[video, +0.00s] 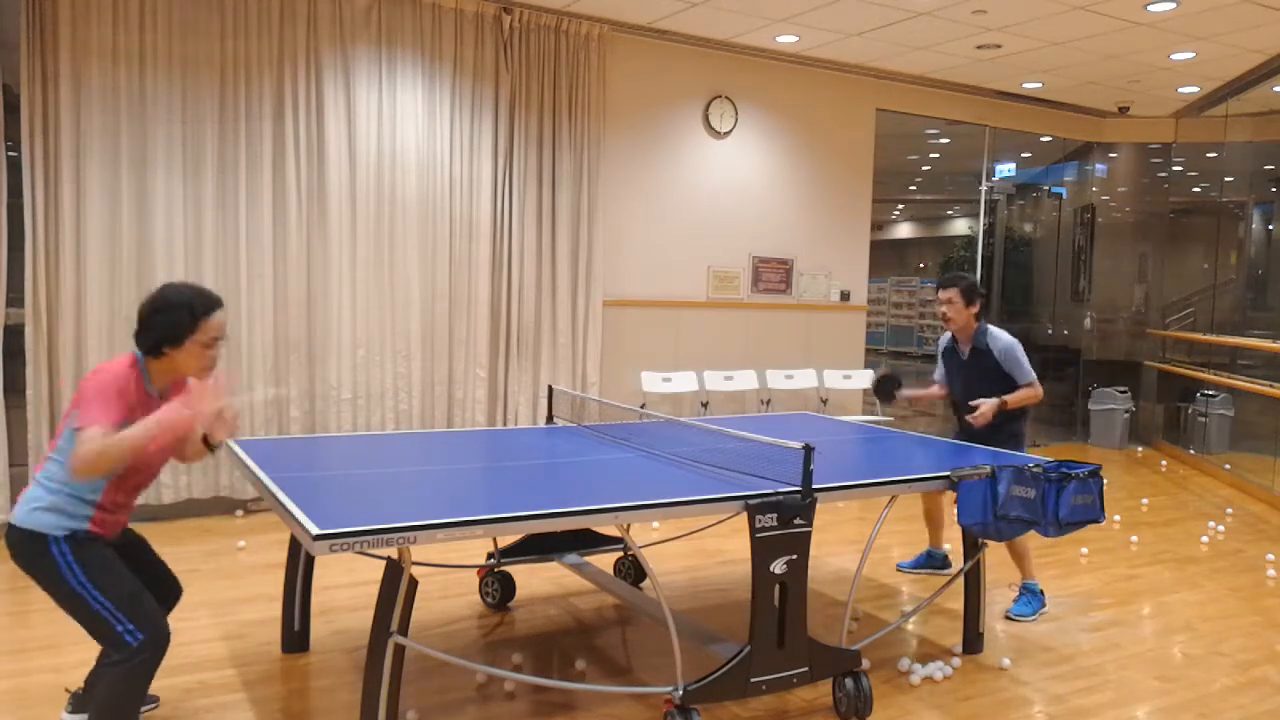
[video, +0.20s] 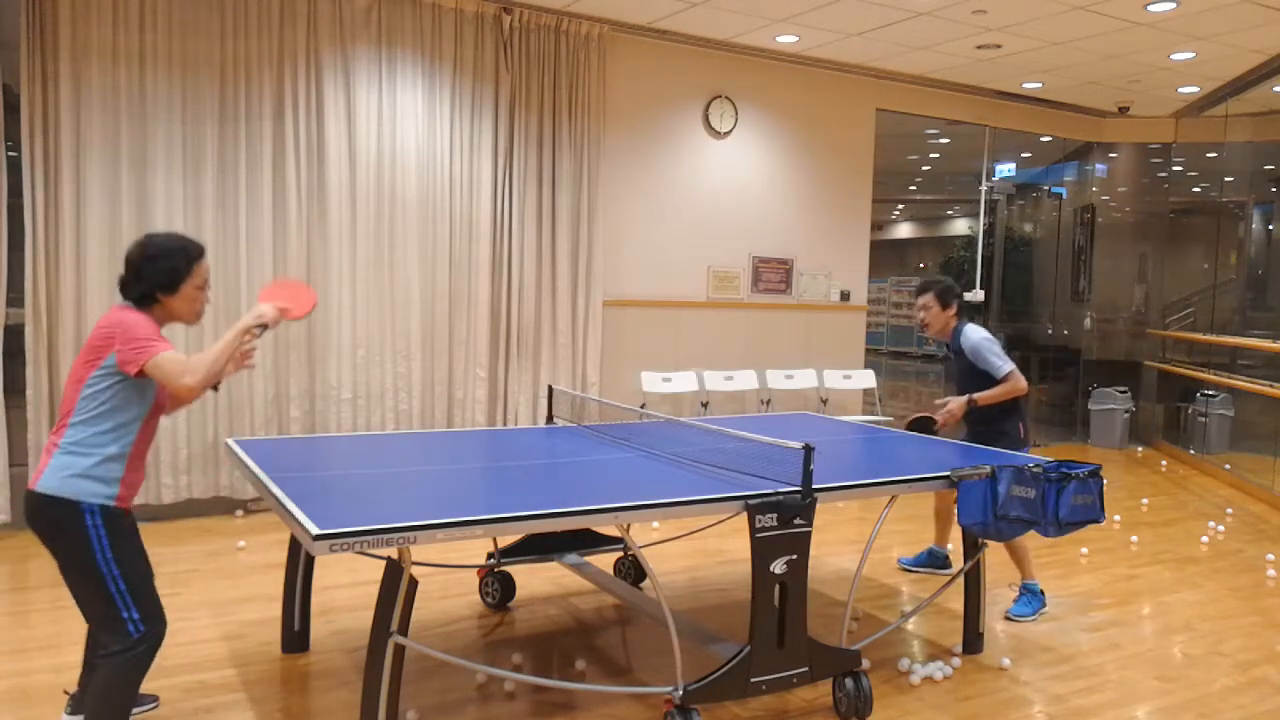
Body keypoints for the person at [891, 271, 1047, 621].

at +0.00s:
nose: (942, 311)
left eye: (949, 304)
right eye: (940, 304)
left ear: (974, 307)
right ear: (940, 307)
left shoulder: (1003, 344)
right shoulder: (947, 343)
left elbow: (1035, 392)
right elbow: (943, 390)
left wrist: (998, 403)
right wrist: (905, 395)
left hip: (1005, 446)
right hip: (965, 442)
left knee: (1005, 514)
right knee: (929, 482)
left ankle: (1031, 588)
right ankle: (936, 553)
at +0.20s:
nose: (920, 317)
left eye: (926, 309)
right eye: (918, 311)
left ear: (950, 309)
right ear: (940, 312)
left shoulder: (973, 338)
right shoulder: (954, 343)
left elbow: (1018, 384)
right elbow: (978, 386)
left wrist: (968, 402)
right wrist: (957, 407)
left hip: (1004, 443)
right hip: (976, 440)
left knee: (1001, 514)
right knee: (943, 485)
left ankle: (1031, 589)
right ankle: (940, 552)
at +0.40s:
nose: (910, 325)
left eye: (914, 318)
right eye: (910, 318)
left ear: (935, 317)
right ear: (934, 318)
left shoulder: (967, 342)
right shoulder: (942, 349)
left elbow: (1008, 388)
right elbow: (931, 386)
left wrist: (960, 406)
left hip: (997, 443)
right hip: (966, 440)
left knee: (995, 515)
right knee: (926, 481)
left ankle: (1029, 588)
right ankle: (937, 553)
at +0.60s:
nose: (918, 302)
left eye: (924, 295)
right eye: (916, 296)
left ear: (948, 297)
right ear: (922, 298)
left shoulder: (977, 330)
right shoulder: (925, 332)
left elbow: (1007, 377)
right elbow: (901, 369)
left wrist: (964, 387)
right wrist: (874, 356)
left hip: (984, 426)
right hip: (950, 425)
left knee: (978, 492)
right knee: (918, 477)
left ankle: (1002, 574)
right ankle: (932, 545)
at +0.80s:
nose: (921, 313)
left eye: (928, 306)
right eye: (918, 306)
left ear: (950, 310)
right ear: (915, 309)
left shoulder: (976, 344)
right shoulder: (921, 344)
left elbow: (1005, 392)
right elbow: (910, 388)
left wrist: (966, 403)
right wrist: (880, 386)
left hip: (981, 437)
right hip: (943, 434)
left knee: (978, 504)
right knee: (908, 478)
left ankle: (1003, 575)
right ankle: (923, 547)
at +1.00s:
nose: (906, 309)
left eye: (913, 301)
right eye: (903, 302)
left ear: (934, 303)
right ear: (904, 306)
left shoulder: (954, 332)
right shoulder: (930, 337)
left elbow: (996, 376)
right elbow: (953, 380)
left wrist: (949, 394)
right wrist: (930, 399)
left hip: (983, 431)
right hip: (955, 429)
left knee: (980, 504)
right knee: (925, 476)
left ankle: (1003, 575)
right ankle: (926, 546)